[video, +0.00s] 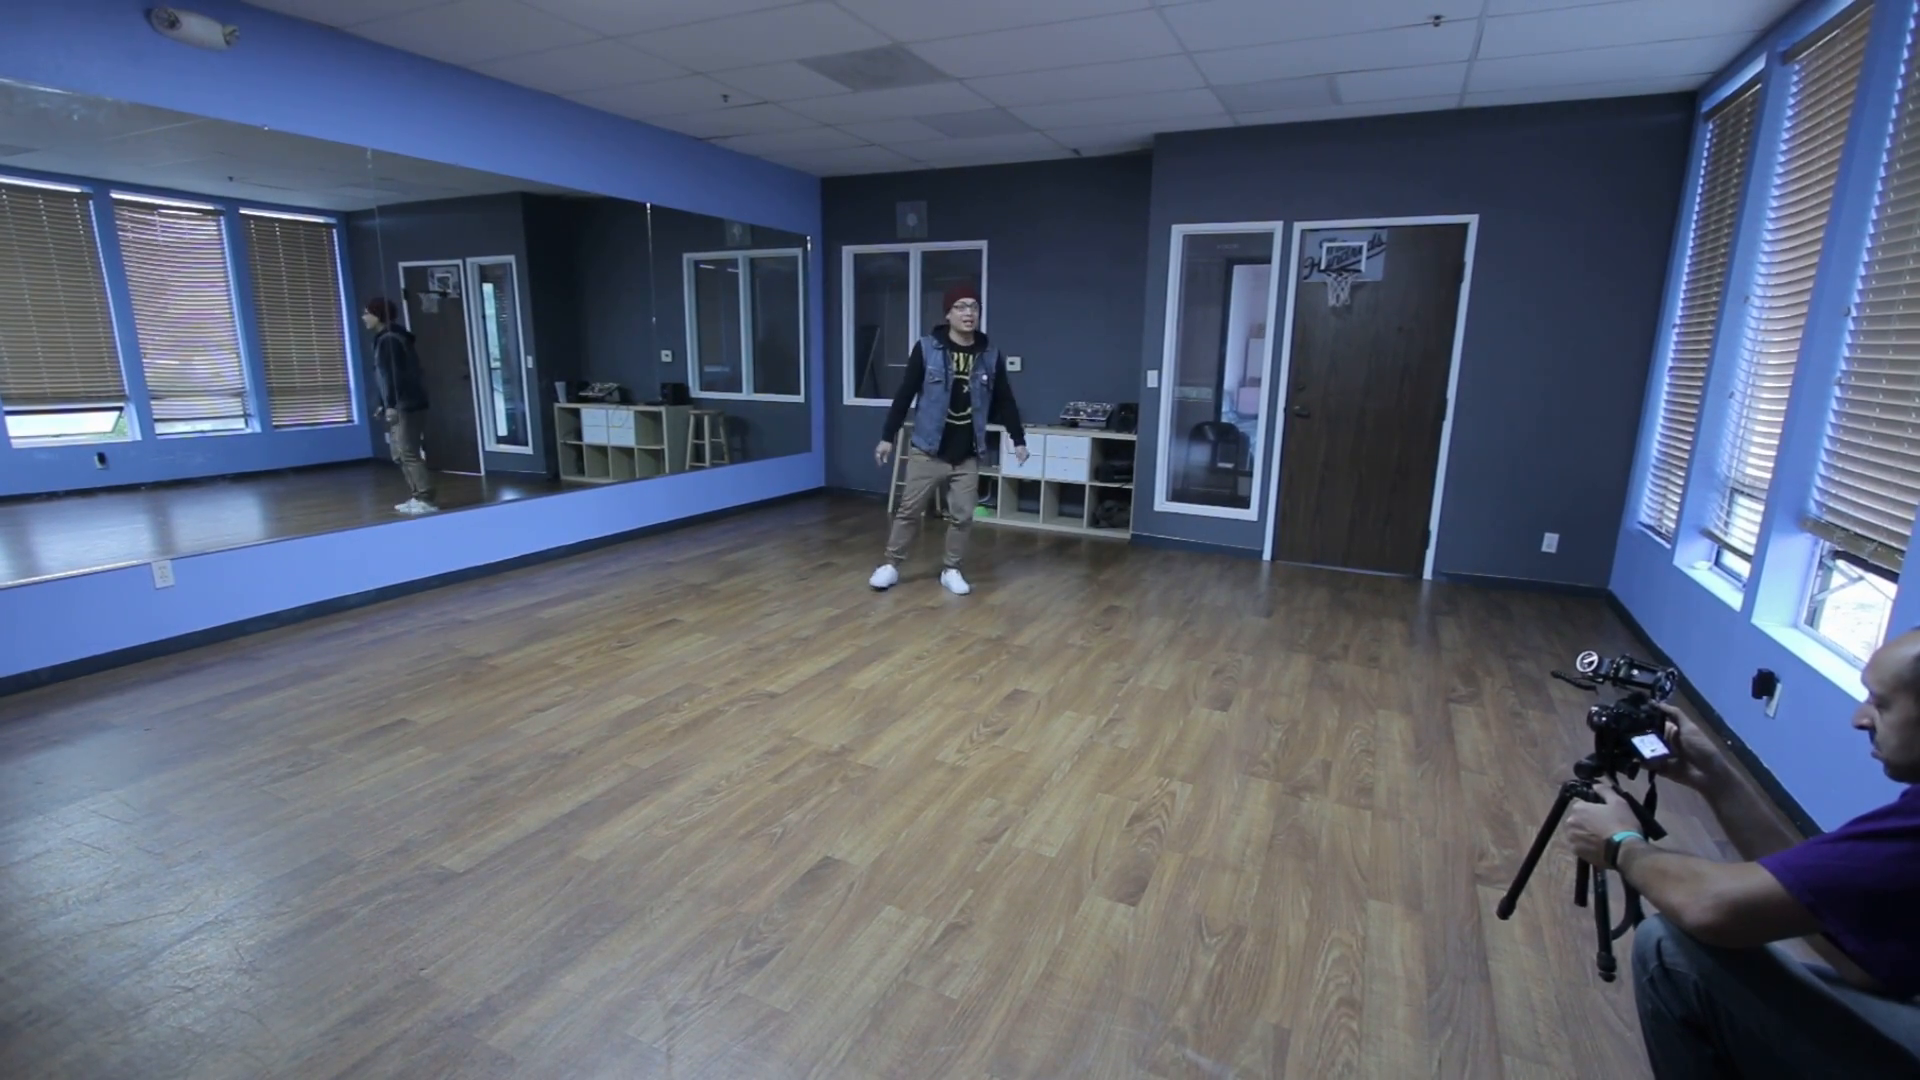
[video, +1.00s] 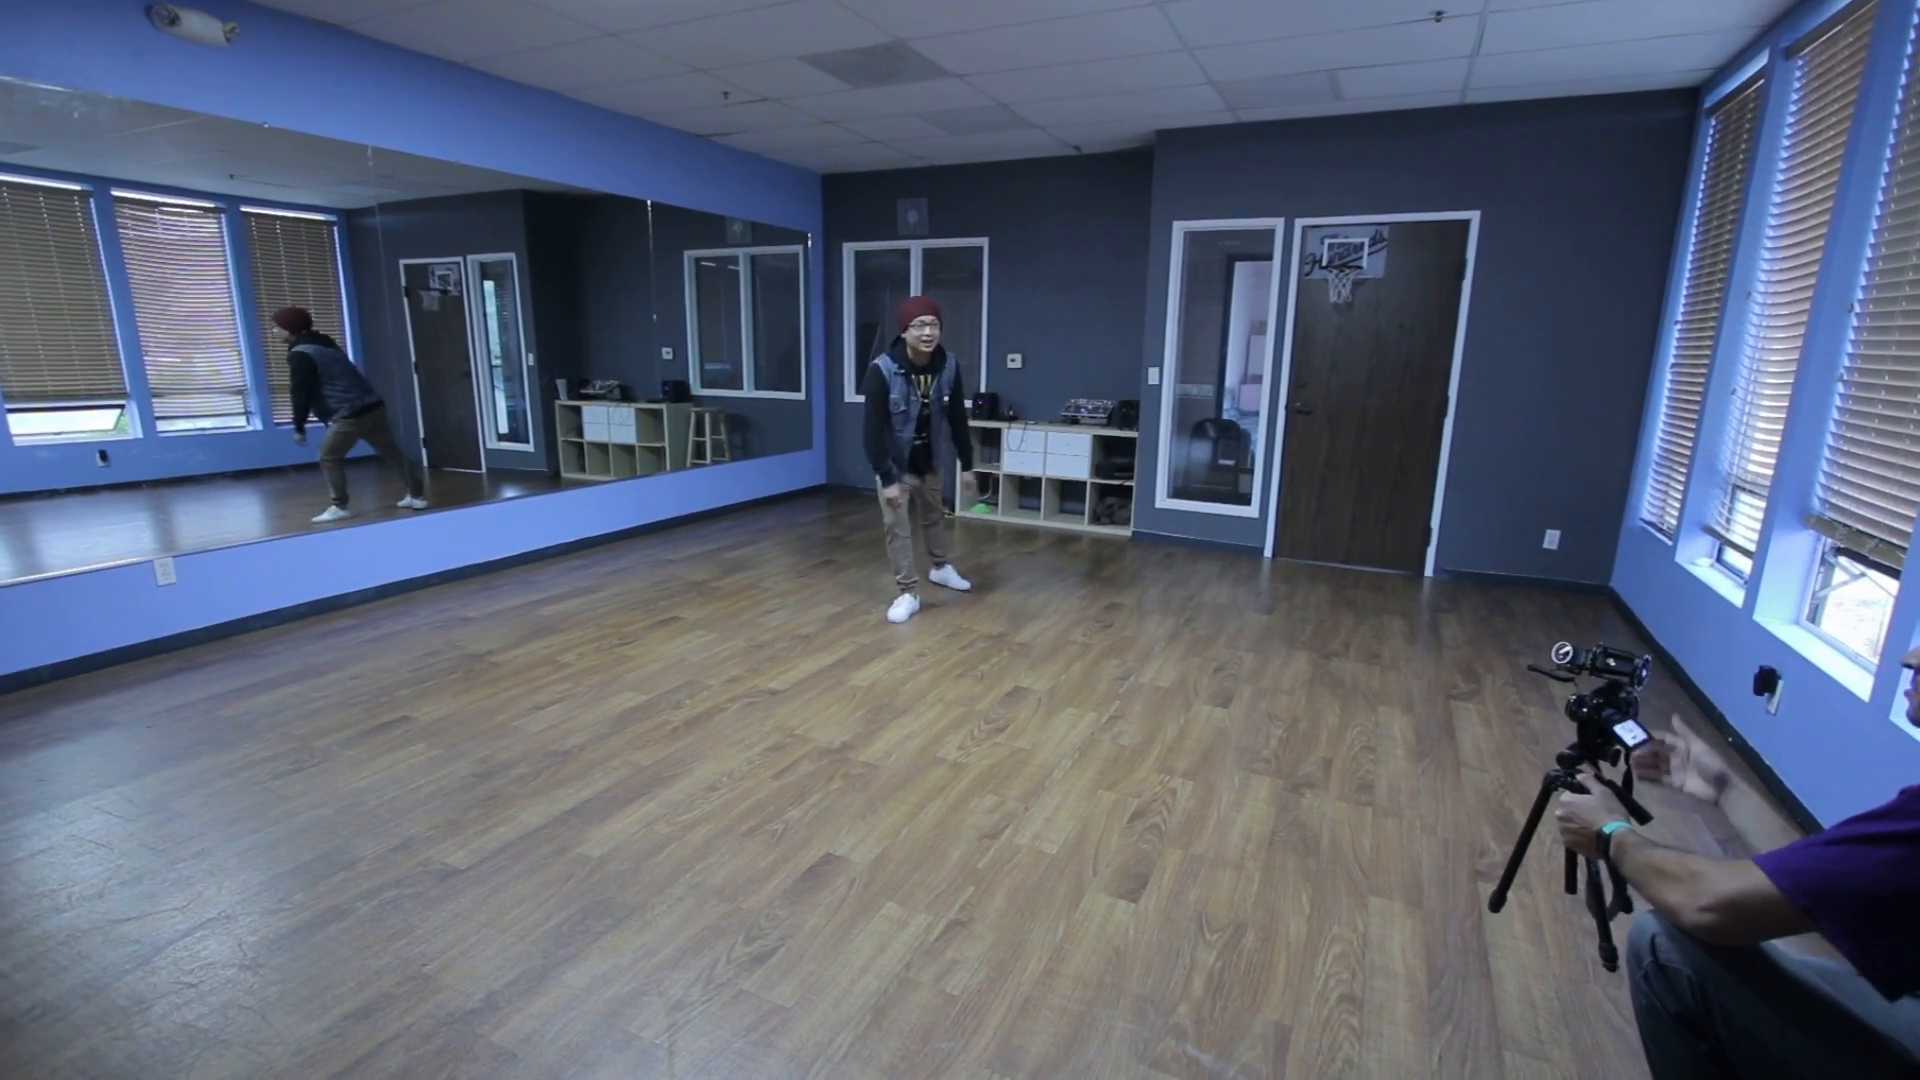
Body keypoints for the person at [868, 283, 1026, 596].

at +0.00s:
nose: (968, 314)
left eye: (973, 308)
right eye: (961, 308)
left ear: (979, 315)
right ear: (948, 314)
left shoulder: (990, 355)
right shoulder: (927, 348)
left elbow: (1004, 400)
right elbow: (905, 394)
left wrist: (1018, 439)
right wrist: (888, 437)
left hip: (967, 451)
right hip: (928, 448)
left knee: (963, 516)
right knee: (909, 508)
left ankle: (952, 570)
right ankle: (891, 565)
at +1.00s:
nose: (929, 332)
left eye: (934, 325)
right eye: (920, 326)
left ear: (941, 330)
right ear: (904, 331)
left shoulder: (948, 366)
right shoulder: (882, 370)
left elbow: (958, 418)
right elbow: (873, 429)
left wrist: (967, 464)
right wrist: (887, 478)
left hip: (932, 459)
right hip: (894, 462)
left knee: (934, 516)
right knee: (897, 526)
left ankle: (940, 567)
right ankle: (907, 592)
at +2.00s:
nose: (846, 297)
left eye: (851, 291)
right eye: (839, 293)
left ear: (862, 300)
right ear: (829, 305)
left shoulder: (882, 343)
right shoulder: (817, 344)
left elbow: (894, 395)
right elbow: (805, 400)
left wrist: (899, 440)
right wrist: (808, 450)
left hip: (873, 446)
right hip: (834, 446)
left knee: (861, 518)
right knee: (822, 514)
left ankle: (855, 580)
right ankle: (800, 576)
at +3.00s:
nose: (856, 309)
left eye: (856, 303)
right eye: (851, 303)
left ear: (842, 308)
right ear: (833, 307)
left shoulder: (851, 343)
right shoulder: (807, 343)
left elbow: (857, 392)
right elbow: (785, 388)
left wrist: (864, 430)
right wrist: (772, 433)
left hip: (846, 439)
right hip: (815, 440)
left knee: (850, 496)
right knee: (808, 503)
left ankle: (847, 558)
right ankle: (791, 566)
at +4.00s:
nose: (976, 312)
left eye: (972, 307)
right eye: (975, 308)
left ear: (948, 309)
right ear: (972, 310)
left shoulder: (932, 337)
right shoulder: (967, 344)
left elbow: (930, 382)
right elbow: (973, 392)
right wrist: (982, 433)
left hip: (929, 424)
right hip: (956, 428)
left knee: (938, 475)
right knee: (964, 485)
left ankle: (914, 518)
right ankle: (961, 543)